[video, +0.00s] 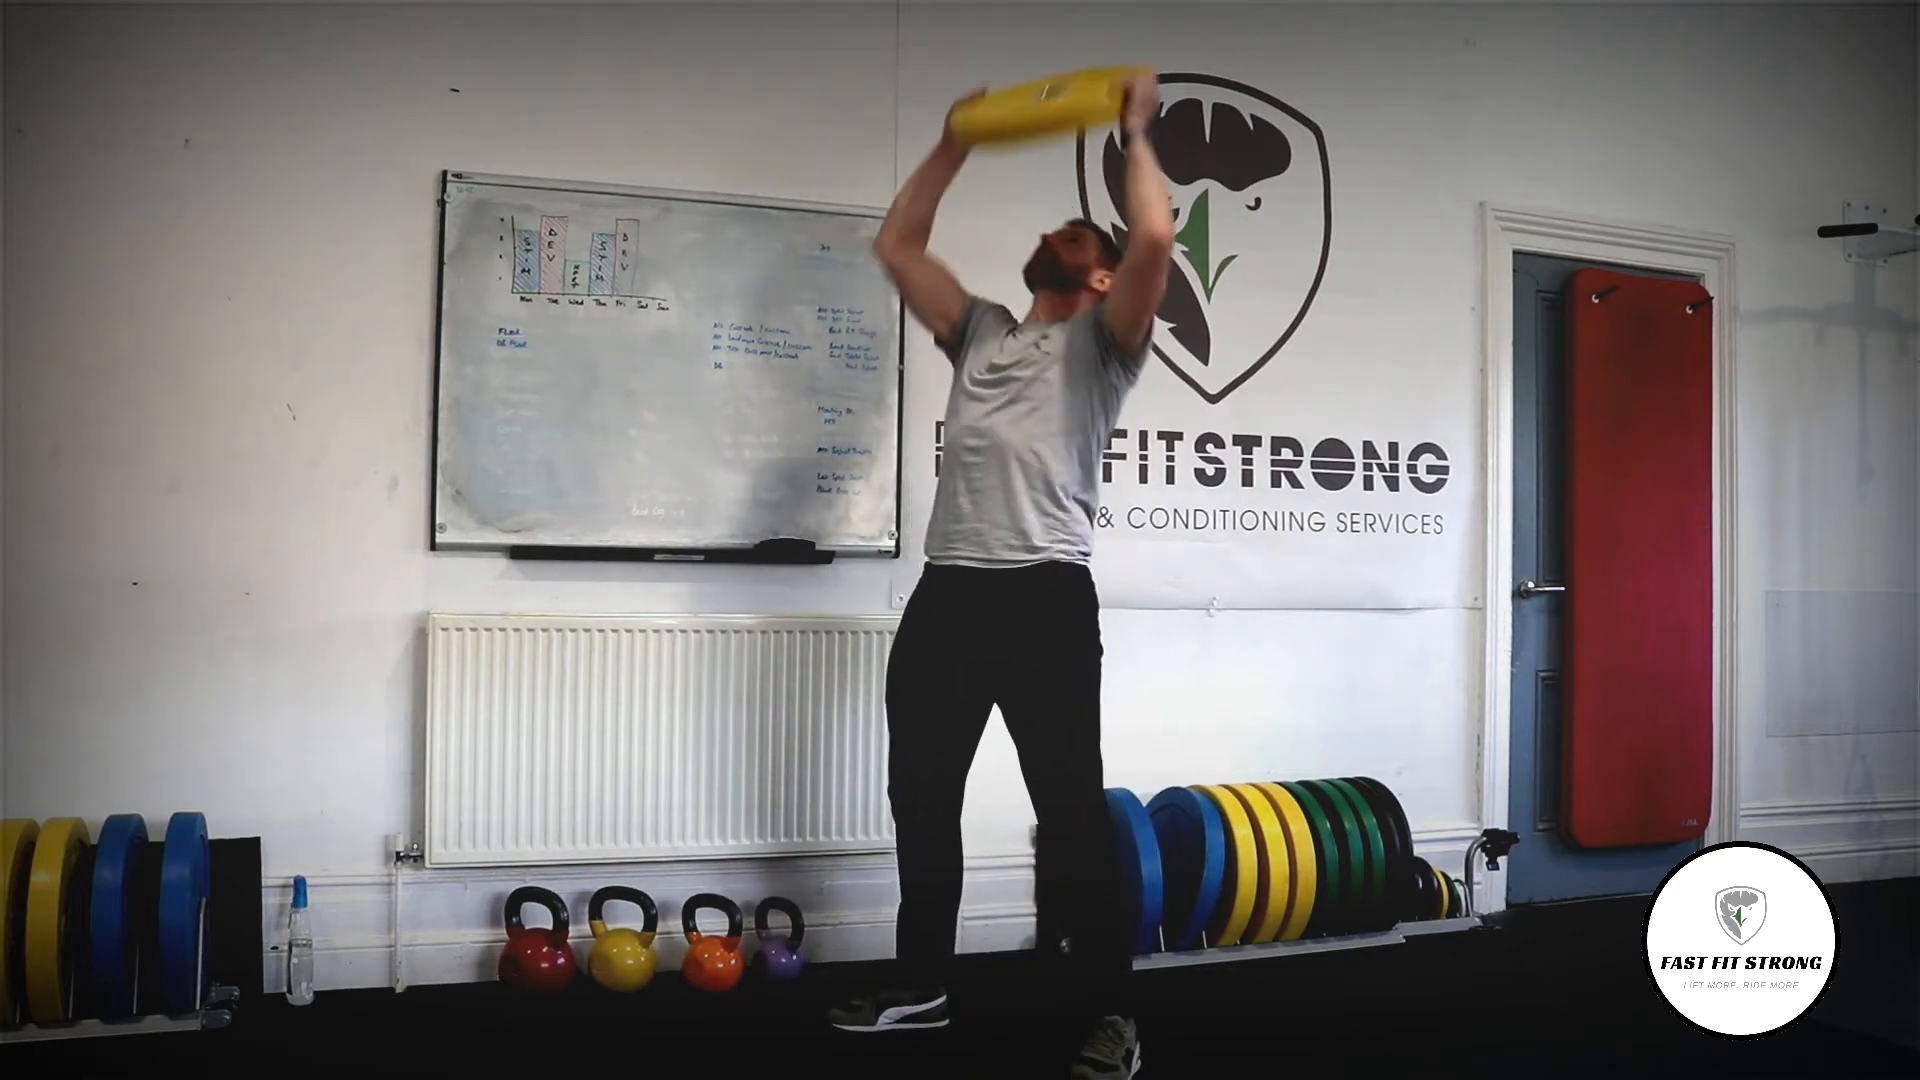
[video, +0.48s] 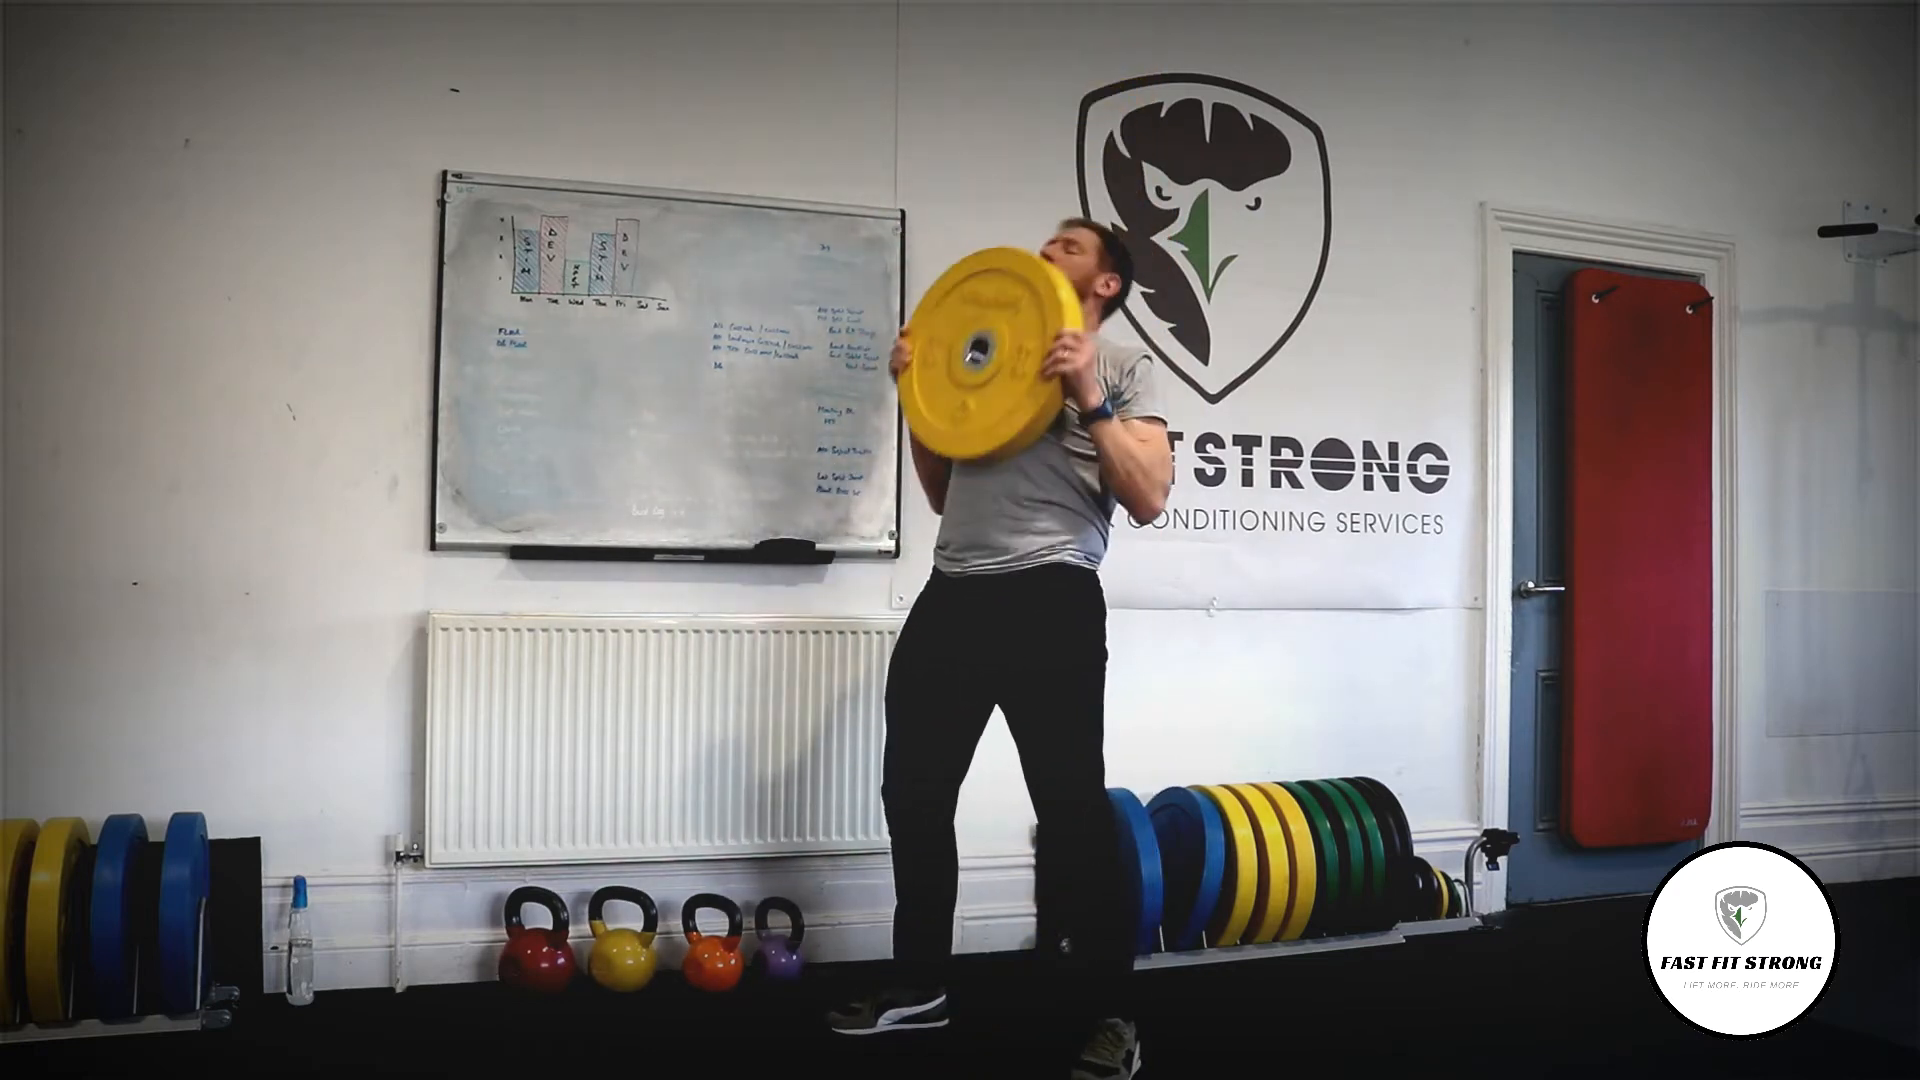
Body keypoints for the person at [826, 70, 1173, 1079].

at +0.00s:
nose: (1064, 240)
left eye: (1081, 238)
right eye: (1064, 238)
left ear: (1101, 272)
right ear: (1050, 269)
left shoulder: (1102, 343)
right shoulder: (977, 331)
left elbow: (1153, 240)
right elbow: (898, 245)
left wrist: (1137, 128)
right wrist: (955, 143)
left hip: (1047, 595)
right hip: (947, 594)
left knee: (1069, 804)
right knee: (921, 797)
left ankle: (1102, 1013)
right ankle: (922, 989)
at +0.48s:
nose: (1046, 257)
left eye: (1067, 250)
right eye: (1046, 247)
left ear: (1106, 287)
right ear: (1034, 272)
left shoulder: (1123, 372)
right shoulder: (986, 358)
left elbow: (1147, 498)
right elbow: (940, 489)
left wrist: (1091, 397)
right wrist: (916, 387)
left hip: (1052, 599)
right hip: (954, 597)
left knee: (1070, 805)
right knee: (915, 798)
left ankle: (1104, 1012)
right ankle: (921, 991)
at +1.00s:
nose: (960, 290)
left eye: (974, 273)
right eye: (950, 276)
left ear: (1020, 264)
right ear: (946, 276)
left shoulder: (1080, 347)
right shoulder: (941, 368)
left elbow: (1115, 478)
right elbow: (925, 497)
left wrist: (1074, 597)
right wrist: (889, 596)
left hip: (1082, 596)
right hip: (986, 602)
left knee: (1098, 801)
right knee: (934, 786)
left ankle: (1115, 1013)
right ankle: (920, 986)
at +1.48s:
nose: (892, 445)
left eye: (903, 426)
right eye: (881, 430)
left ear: (947, 396)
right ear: (873, 419)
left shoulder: (1036, 473)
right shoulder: (890, 497)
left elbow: (1056, 619)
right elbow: (895, 625)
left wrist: (1068, 761)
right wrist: (890, 755)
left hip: (1103, 649)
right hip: (998, 653)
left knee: (1120, 826)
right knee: (889, 783)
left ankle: (1117, 1019)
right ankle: (916, 985)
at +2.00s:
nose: (876, 578)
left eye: (886, 558)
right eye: (864, 562)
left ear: (935, 532)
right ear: (854, 554)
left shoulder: (1020, 614)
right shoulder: (872, 625)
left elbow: (1040, 761)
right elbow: (886, 751)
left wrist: (1053, 901)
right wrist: (881, 877)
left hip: (1082, 761)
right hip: (968, 773)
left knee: (1121, 858)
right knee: (829, 805)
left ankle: (1114, 1029)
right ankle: (901, 989)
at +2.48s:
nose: (986, 257)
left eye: (1004, 243)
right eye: (983, 244)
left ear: (1053, 259)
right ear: (982, 260)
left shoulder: (1096, 357)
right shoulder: (952, 365)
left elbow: (1134, 487)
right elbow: (937, 487)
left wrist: (1056, 474)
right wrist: (875, 476)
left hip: (1051, 606)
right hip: (953, 603)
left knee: (1079, 804)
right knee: (899, 788)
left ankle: (1106, 1016)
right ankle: (915, 988)